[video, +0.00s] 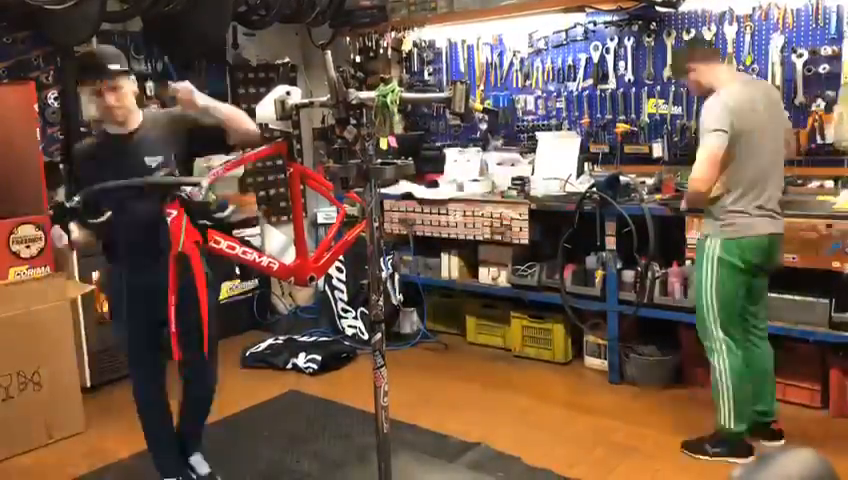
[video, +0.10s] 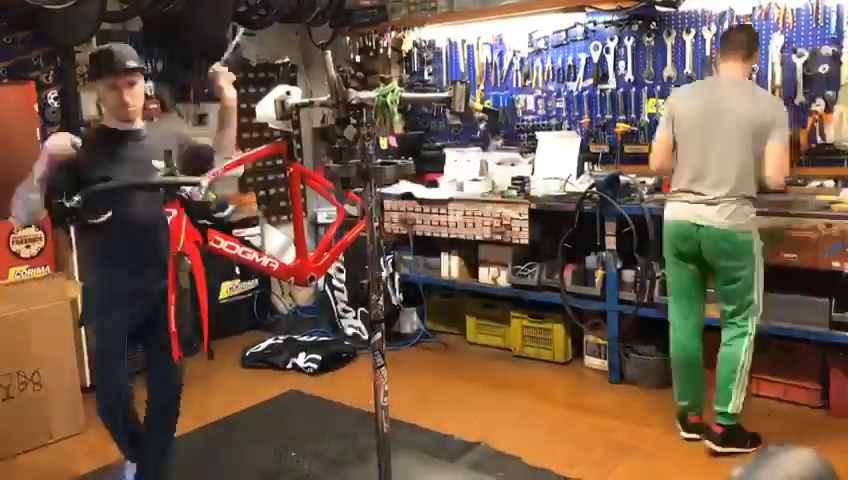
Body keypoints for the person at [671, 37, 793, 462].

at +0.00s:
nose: (690, 88)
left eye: (687, 80)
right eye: (687, 81)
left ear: (696, 68)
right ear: (717, 58)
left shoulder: (720, 102)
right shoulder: (768, 91)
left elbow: (703, 180)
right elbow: (788, 147)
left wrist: (690, 203)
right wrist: (744, 170)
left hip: (729, 235)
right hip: (767, 232)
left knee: (720, 334)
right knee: (753, 328)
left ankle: (731, 435)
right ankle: (764, 423)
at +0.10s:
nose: (754, 66)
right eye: (757, 60)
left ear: (718, 56)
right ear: (753, 59)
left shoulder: (681, 97)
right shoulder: (770, 105)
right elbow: (775, 178)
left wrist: (691, 158)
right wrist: (758, 161)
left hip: (678, 220)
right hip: (732, 226)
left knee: (684, 319)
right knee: (738, 322)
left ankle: (688, 417)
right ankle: (726, 426)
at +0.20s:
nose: (781, 73)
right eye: (782, 68)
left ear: (741, 57)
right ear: (777, 65)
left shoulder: (708, 96)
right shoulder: (782, 97)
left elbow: (684, 137)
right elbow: (802, 164)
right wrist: (777, 158)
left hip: (712, 226)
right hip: (765, 229)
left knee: (707, 321)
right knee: (766, 323)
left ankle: (702, 416)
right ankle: (769, 421)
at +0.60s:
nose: (765, 71)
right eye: (767, 65)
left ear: (727, 56)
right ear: (761, 63)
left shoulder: (696, 93)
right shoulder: (759, 96)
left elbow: (664, 109)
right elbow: (781, 161)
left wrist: (701, 81)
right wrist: (765, 160)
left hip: (703, 225)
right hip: (753, 227)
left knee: (702, 319)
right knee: (759, 324)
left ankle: (701, 415)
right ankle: (768, 421)